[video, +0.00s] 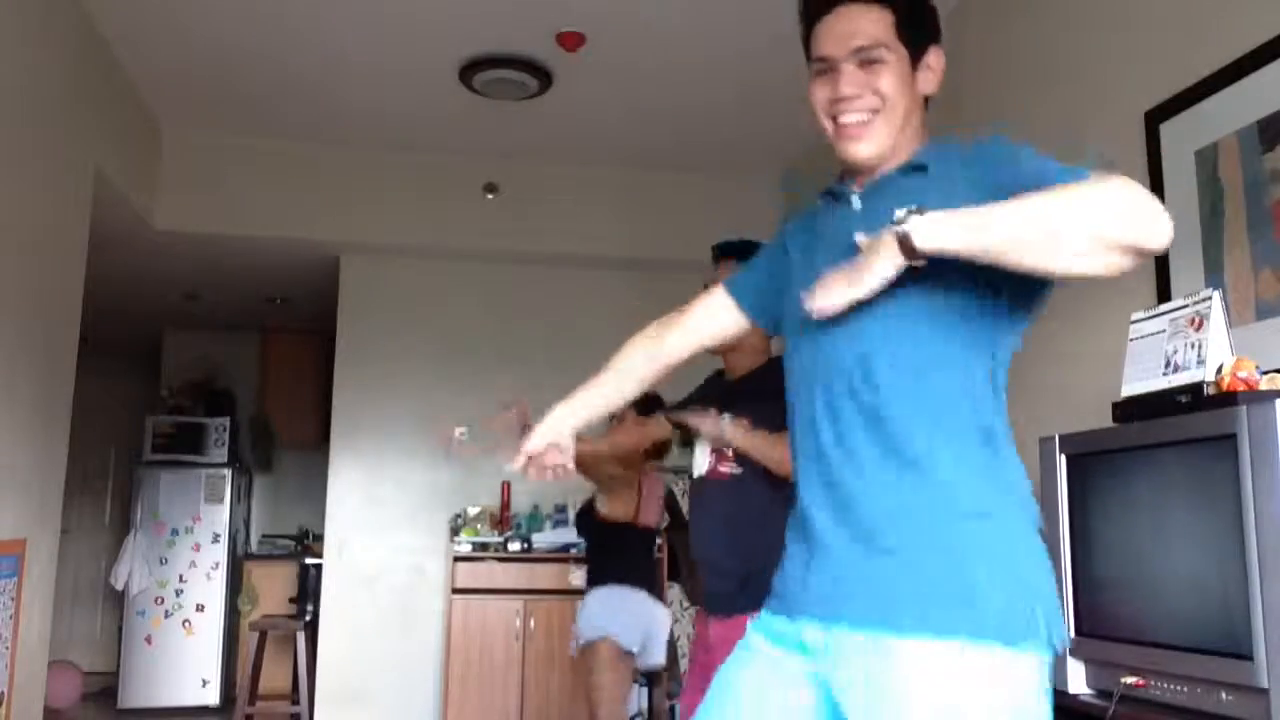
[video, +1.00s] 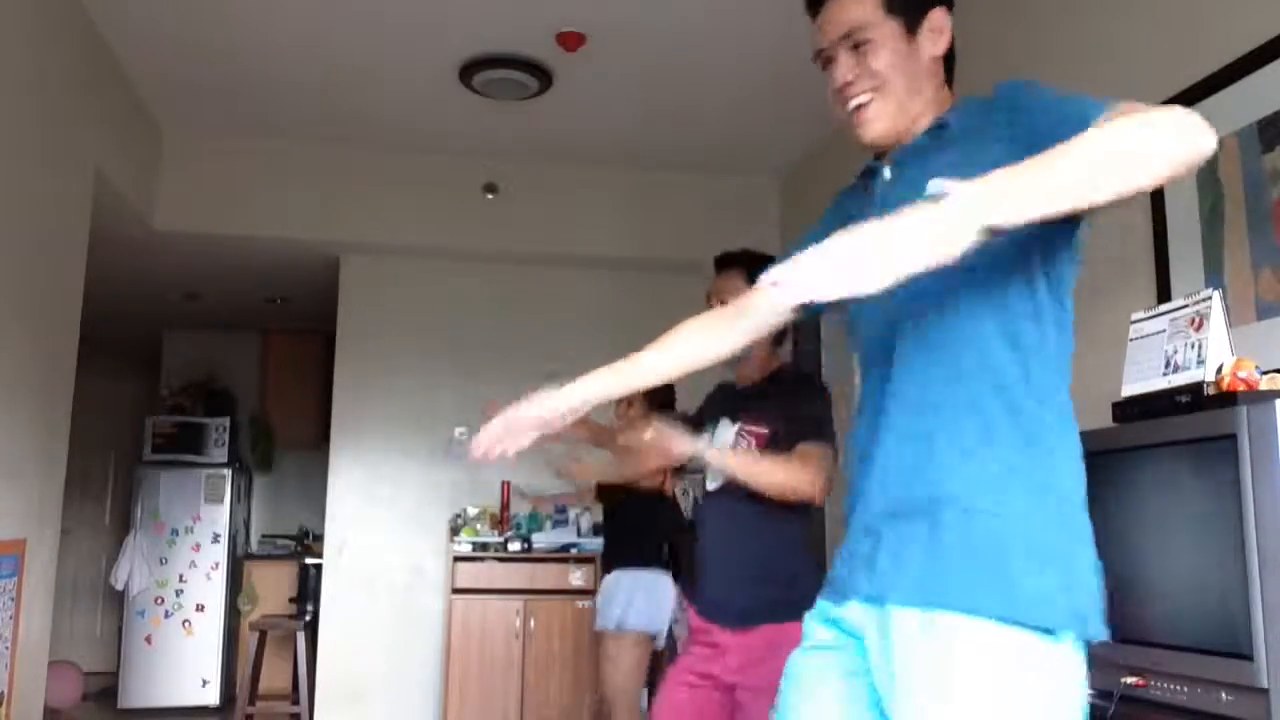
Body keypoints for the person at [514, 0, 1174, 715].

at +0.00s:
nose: (843, 87)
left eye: (869, 61)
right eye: (824, 69)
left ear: (927, 71)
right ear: (809, 90)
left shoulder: (979, 170)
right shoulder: (804, 235)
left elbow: (1142, 227)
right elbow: (683, 334)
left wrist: (912, 235)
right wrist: (565, 418)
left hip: (957, 626)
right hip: (803, 617)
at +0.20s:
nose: (833, 69)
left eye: (858, 41)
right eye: (813, 52)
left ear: (915, 52)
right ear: (796, 74)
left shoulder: (952, 108)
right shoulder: (803, 211)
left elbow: (1093, 133)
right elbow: (684, 304)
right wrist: (525, 380)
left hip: (952, 571)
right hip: (819, 567)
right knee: (765, 706)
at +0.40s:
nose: (799, 111)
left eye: (823, 84)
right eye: (785, 95)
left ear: (890, 89)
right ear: (776, 116)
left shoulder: (949, 183)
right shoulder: (807, 256)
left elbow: (1079, 213)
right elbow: (716, 376)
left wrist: (1273, 221)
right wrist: (721, 336)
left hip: (931, 602)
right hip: (834, 597)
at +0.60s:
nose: (788, 87)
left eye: (804, 60)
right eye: (784, 71)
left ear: (880, 45)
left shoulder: (953, 124)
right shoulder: (808, 206)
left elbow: (1084, 164)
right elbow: (712, 313)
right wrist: (606, 351)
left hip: (942, 569)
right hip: (840, 566)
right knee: (831, 709)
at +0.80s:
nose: (803, 100)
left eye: (818, 72)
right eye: (800, 85)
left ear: (897, 52)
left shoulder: (997, 152)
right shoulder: (828, 233)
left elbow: (1131, 199)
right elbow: (701, 337)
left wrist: (904, 219)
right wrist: (581, 425)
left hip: (986, 609)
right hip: (837, 599)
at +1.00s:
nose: (841, 76)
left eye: (858, 44)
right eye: (826, 61)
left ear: (933, 35)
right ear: (826, 78)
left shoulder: (1006, 118)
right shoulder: (858, 204)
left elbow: (1183, 137)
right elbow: (743, 322)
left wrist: (964, 212)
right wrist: (576, 396)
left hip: (996, 594)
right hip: (857, 593)